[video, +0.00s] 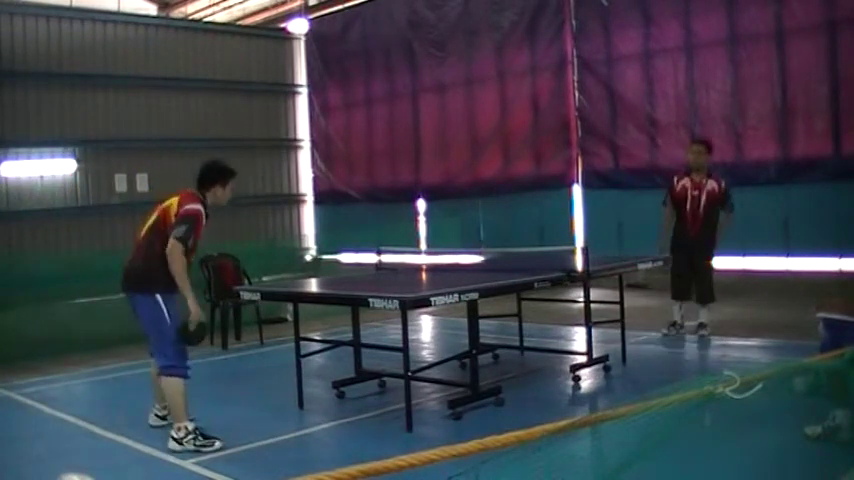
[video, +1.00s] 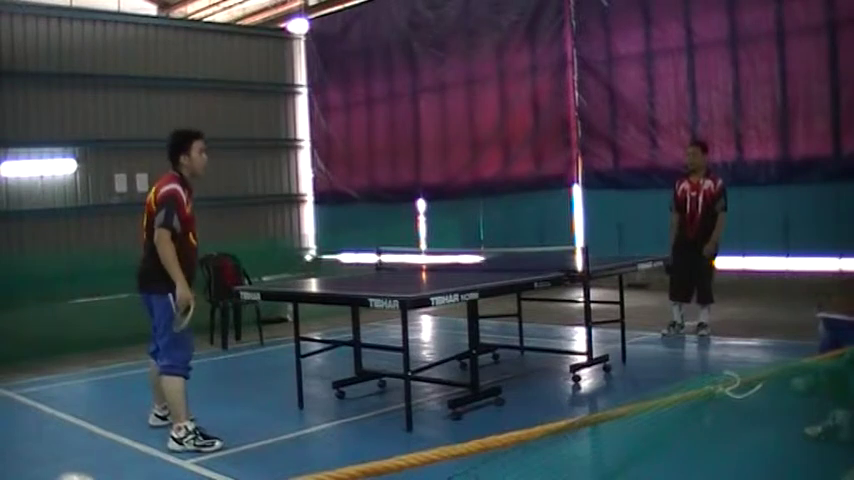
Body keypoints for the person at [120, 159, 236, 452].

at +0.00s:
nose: (230, 194)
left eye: (230, 188)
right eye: (228, 188)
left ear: (208, 185)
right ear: (215, 187)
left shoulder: (185, 201)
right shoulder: (193, 209)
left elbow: (163, 248)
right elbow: (174, 252)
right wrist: (191, 302)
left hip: (145, 283)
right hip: (151, 285)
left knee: (164, 349)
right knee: (172, 354)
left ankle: (162, 408)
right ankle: (182, 429)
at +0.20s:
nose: (227, 189)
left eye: (227, 182)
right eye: (226, 182)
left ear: (203, 180)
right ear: (214, 182)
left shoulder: (182, 198)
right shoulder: (194, 206)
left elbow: (166, 245)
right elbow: (179, 250)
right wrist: (209, 290)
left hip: (143, 284)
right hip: (152, 287)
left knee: (160, 351)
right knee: (171, 357)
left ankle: (162, 409)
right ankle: (182, 430)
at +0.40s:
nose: (228, 187)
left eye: (228, 181)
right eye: (226, 181)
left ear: (204, 178)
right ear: (213, 180)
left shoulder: (182, 197)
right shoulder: (192, 204)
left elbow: (167, 245)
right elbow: (176, 248)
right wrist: (203, 287)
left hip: (143, 283)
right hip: (151, 286)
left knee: (159, 351)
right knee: (170, 356)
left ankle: (162, 409)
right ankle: (182, 429)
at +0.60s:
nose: (225, 179)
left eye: (225, 173)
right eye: (222, 173)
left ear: (201, 173)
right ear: (208, 174)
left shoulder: (181, 194)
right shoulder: (189, 201)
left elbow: (165, 242)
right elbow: (171, 245)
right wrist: (196, 290)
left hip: (147, 283)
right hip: (153, 286)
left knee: (160, 351)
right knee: (170, 356)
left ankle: (162, 409)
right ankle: (181, 429)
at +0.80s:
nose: (215, 166)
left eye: (215, 160)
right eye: (211, 160)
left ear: (192, 163)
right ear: (194, 162)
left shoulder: (174, 187)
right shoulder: (182, 193)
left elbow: (158, 238)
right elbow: (169, 240)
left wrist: (177, 285)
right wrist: (190, 290)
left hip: (154, 283)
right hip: (162, 285)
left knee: (162, 351)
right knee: (171, 355)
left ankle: (161, 409)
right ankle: (182, 429)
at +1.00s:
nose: (206, 159)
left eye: (205, 153)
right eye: (201, 153)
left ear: (182, 158)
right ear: (183, 158)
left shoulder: (168, 186)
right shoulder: (174, 191)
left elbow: (156, 238)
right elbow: (162, 238)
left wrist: (179, 278)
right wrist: (181, 284)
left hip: (159, 284)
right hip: (165, 286)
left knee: (163, 349)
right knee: (175, 353)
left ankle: (162, 409)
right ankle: (182, 429)